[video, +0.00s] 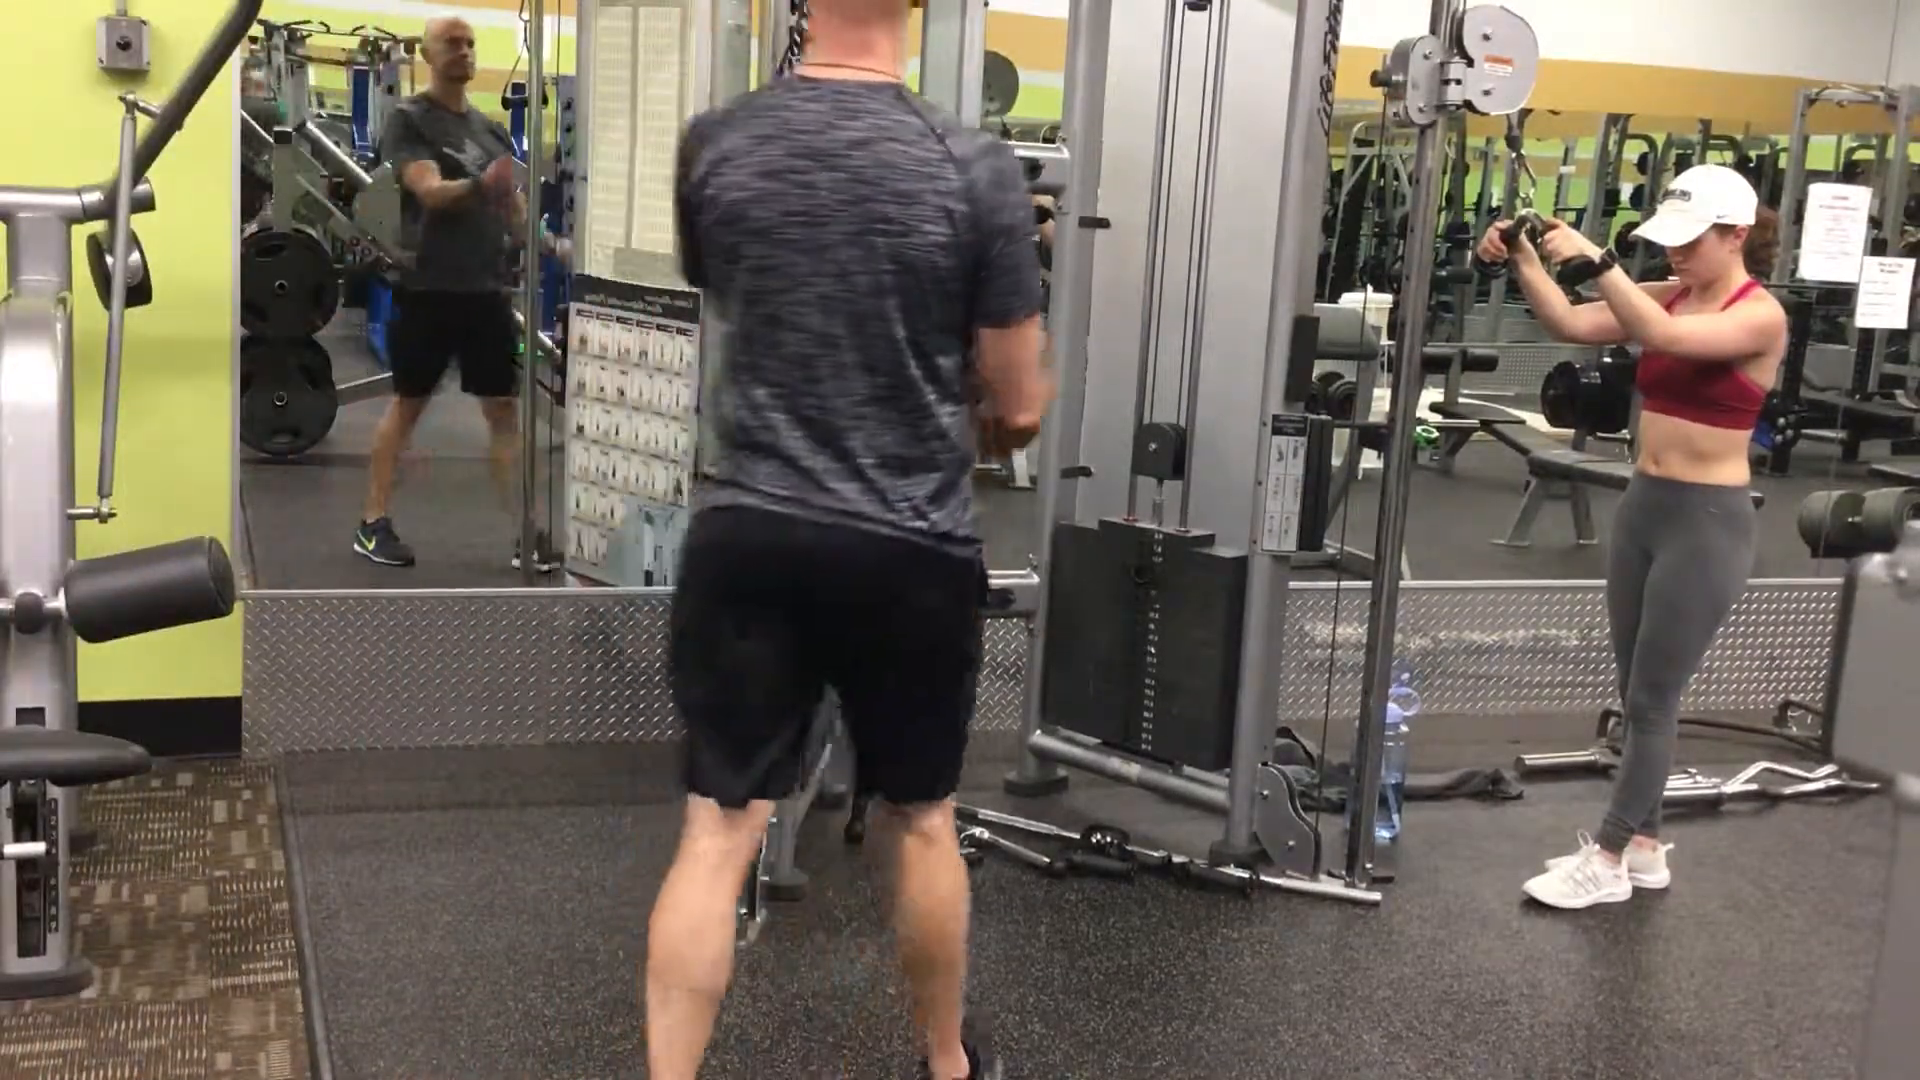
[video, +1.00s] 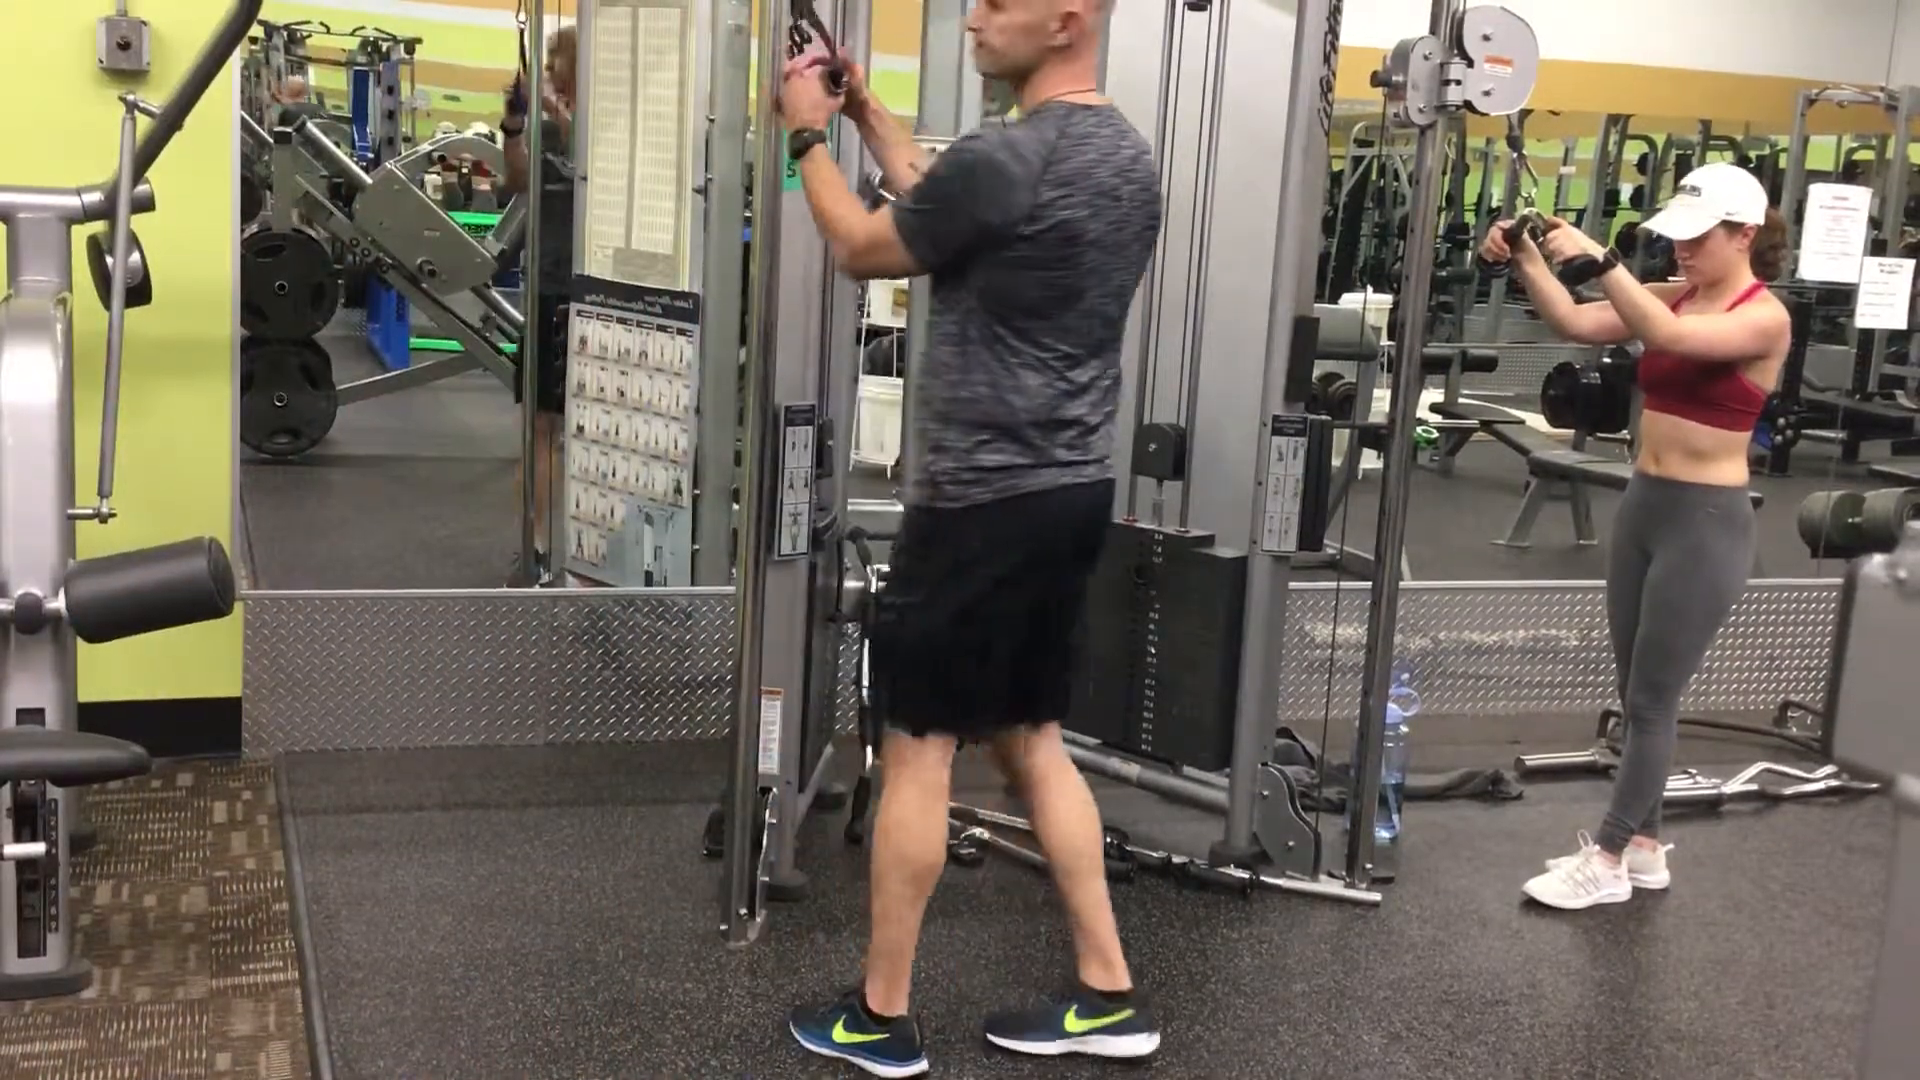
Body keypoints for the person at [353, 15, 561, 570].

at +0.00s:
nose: (464, 53)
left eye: (469, 44)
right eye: (452, 44)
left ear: (476, 54)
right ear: (426, 55)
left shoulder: (492, 132)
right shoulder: (407, 120)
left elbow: (514, 213)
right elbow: (428, 192)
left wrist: (528, 224)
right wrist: (482, 186)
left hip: (485, 293)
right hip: (428, 291)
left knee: (503, 412)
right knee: (406, 406)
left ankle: (526, 530)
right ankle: (374, 521)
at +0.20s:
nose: (500, 52)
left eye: (505, 43)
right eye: (489, 44)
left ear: (515, 52)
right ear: (466, 54)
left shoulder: (533, 124)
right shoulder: (447, 119)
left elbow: (564, 188)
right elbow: (471, 179)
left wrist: (564, 191)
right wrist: (511, 156)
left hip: (535, 285)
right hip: (474, 287)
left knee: (541, 415)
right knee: (468, 408)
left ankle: (537, 535)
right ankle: (409, 503)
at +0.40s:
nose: (515, 52)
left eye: (522, 43)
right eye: (504, 44)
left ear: (537, 50)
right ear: (489, 55)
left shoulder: (564, 114)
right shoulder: (473, 119)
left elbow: (595, 168)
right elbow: (483, 168)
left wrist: (559, 127)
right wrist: (519, 138)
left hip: (562, 281)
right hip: (499, 283)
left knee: (549, 421)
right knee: (503, 416)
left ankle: (541, 536)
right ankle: (501, 534)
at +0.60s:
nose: (517, 60)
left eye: (526, 49)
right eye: (509, 51)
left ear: (546, 52)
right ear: (501, 56)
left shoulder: (575, 114)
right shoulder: (487, 123)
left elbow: (594, 167)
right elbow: (495, 183)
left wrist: (555, 108)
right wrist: (515, 133)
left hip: (570, 285)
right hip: (510, 287)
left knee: (565, 422)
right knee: (517, 421)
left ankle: (553, 534)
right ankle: (527, 541)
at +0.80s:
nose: (536, 79)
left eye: (546, 69)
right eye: (531, 69)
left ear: (568, 71)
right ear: (523, 73)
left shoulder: (587, 123)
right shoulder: (515, 121)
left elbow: (593, 161)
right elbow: (503, 189)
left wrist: (544, 103)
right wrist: (506, 129)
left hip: (580, 282)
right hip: (523, 282)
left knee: (571, 428)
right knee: (527, 428)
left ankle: (565, 552)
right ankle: (528, 550)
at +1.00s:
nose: (554, 76)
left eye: (562, 68)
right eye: (553, 67)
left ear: (587, 71)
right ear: (553, 71)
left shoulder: (607, 129)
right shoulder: (546, 124)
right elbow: (518, 179)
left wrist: (565, 124)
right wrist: (518, 115)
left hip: (596, 288)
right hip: (549, 287)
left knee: (586, 431)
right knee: (543, 428)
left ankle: (589, 558)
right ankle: (536, 547)